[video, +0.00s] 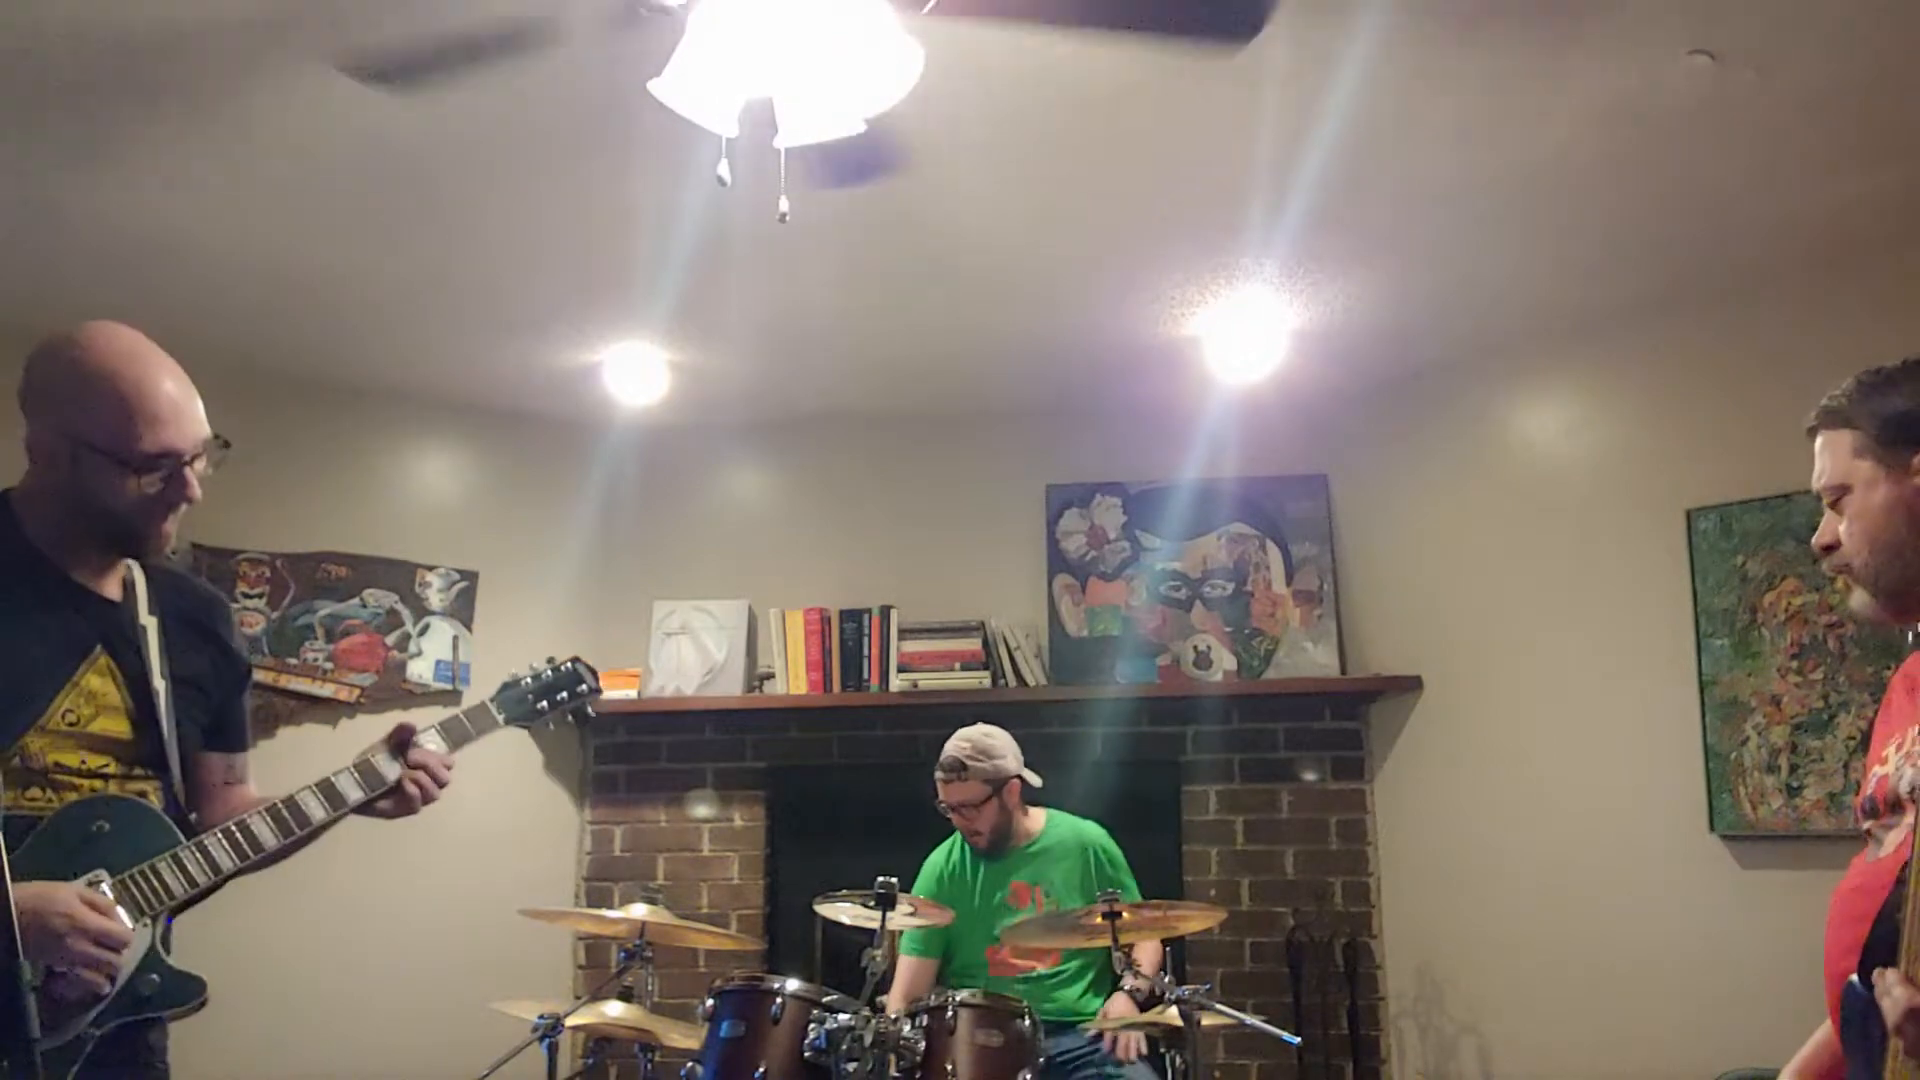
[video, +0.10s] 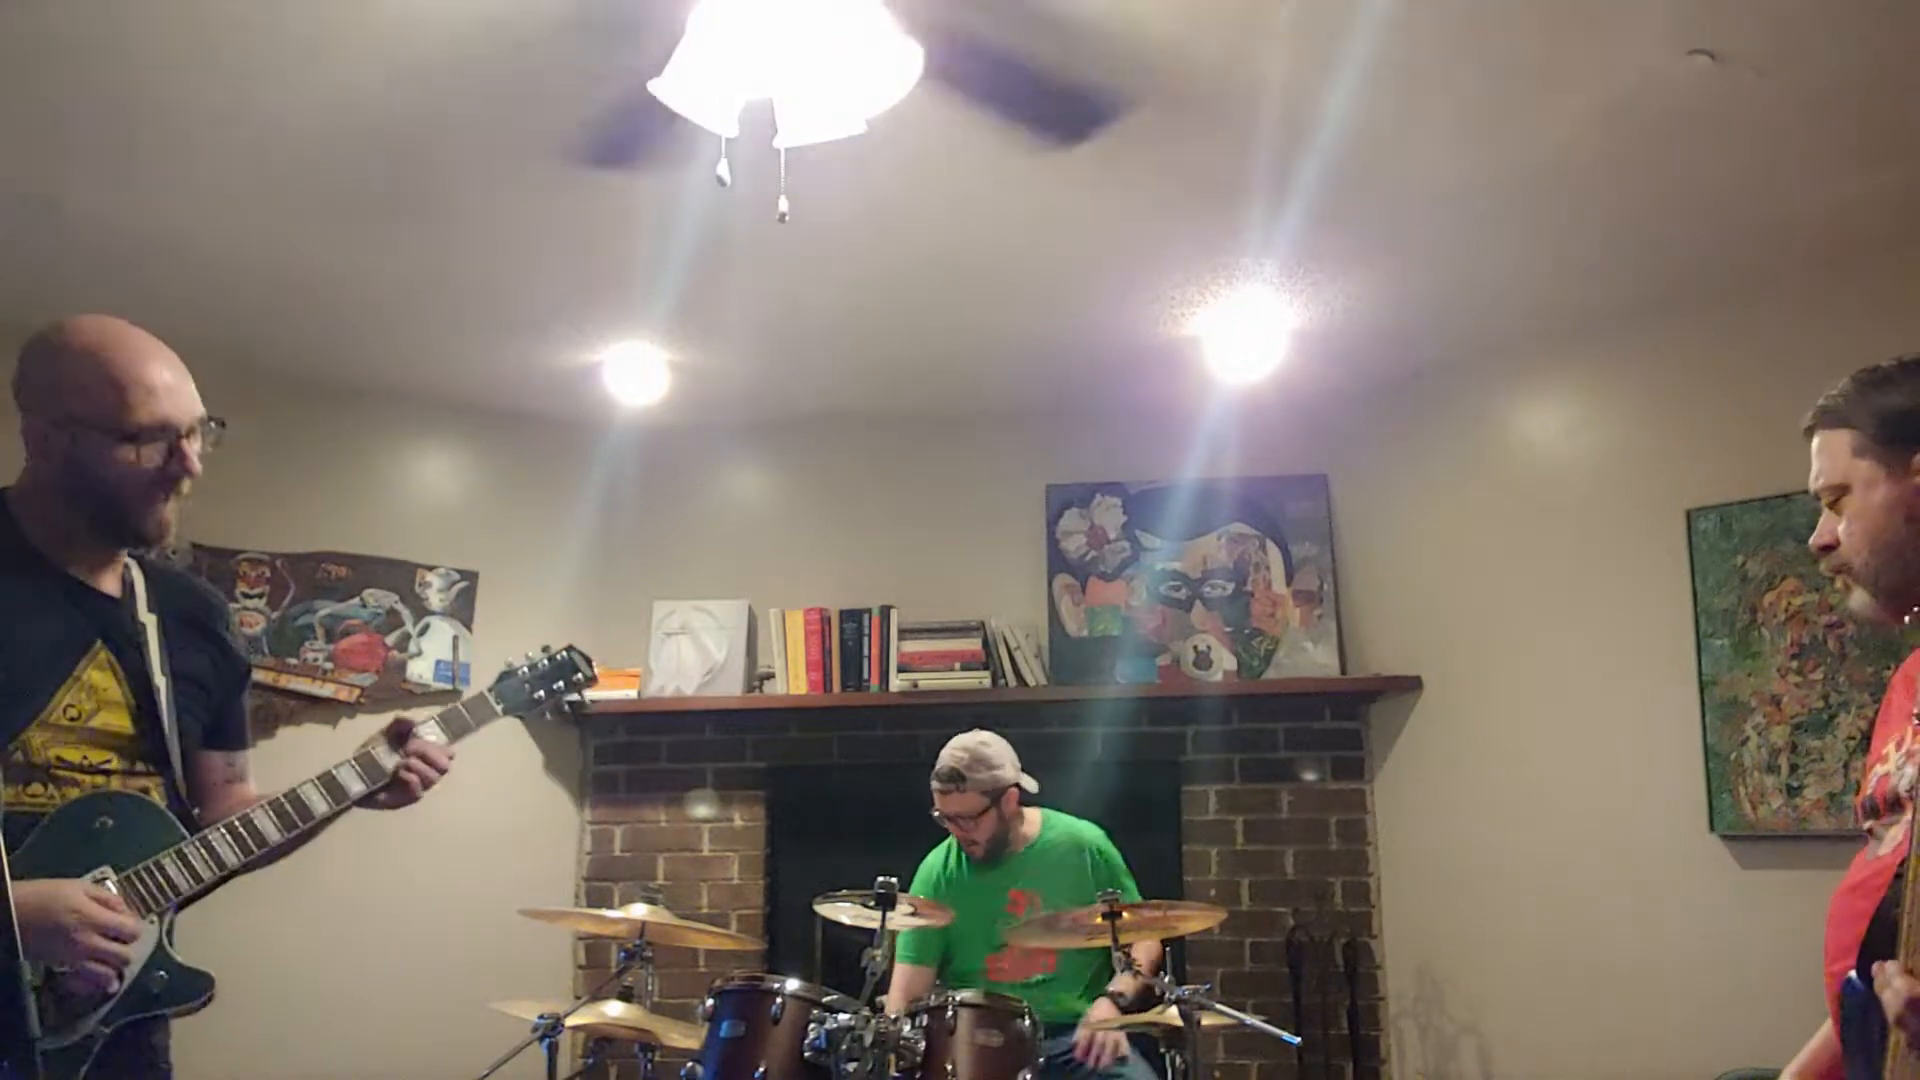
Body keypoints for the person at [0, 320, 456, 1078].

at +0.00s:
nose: (193, 491)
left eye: (200, 457)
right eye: (156, 466)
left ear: (206, 435)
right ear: (49, 453)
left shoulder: (192, 616)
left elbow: (219, 809)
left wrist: (353, 789)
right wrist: (13, 913)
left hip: (118, 1030)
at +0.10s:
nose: (190, 466)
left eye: (195, 433)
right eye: (150, 440)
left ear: (204, 423)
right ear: (45, 440)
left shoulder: (190, 615)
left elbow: (223, 811)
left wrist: (358, 779)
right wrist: (16, 912)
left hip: (121, 1033)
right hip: (1, 1035)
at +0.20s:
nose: (178, 434)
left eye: (186, 408)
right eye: (139, 406)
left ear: (194, 418)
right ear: (31, 417)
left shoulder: (185, 615)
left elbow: (221, 810)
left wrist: (359, 775)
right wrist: (19, 916)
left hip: (120, 1033)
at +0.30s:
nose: (173, 418)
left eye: (178, 394)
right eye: (133, 388)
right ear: (22, 407)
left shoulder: (175, 610)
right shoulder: (10, 574)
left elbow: (210, 798)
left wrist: (356, 771)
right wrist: (23, 919)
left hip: (118, 1036)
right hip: (4, 1031)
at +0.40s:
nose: (170, 411)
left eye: (174, 389)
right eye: (133, 380)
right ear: (25, 394)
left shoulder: (162, 612)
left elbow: (198, 796)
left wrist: (351, 766)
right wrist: (27, 920)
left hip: (108, 1038)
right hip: (5, 1035)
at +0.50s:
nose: (166, 404)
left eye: (166, 381)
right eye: (128, 372)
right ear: (16, 385)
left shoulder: (142, 618)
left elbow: (176, 793)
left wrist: (336, 758)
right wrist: (26, 920)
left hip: (89, 1037)